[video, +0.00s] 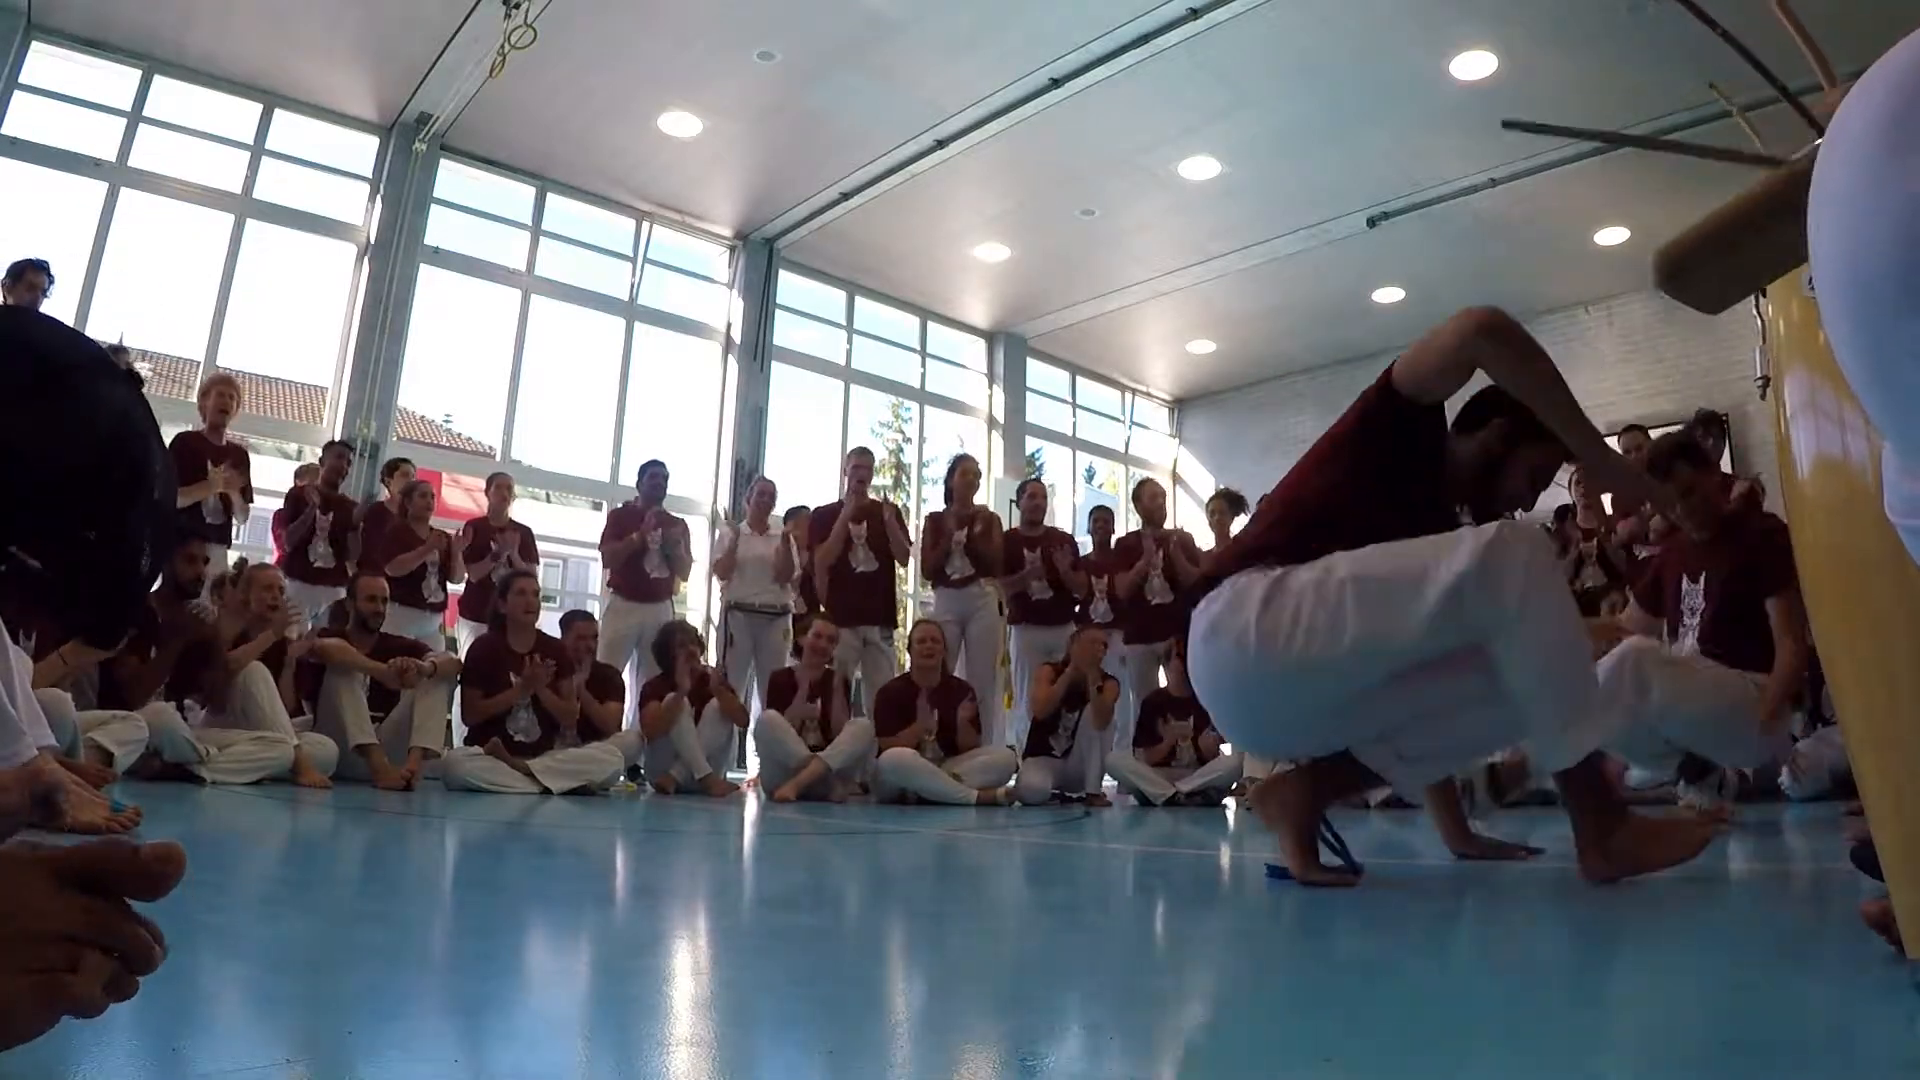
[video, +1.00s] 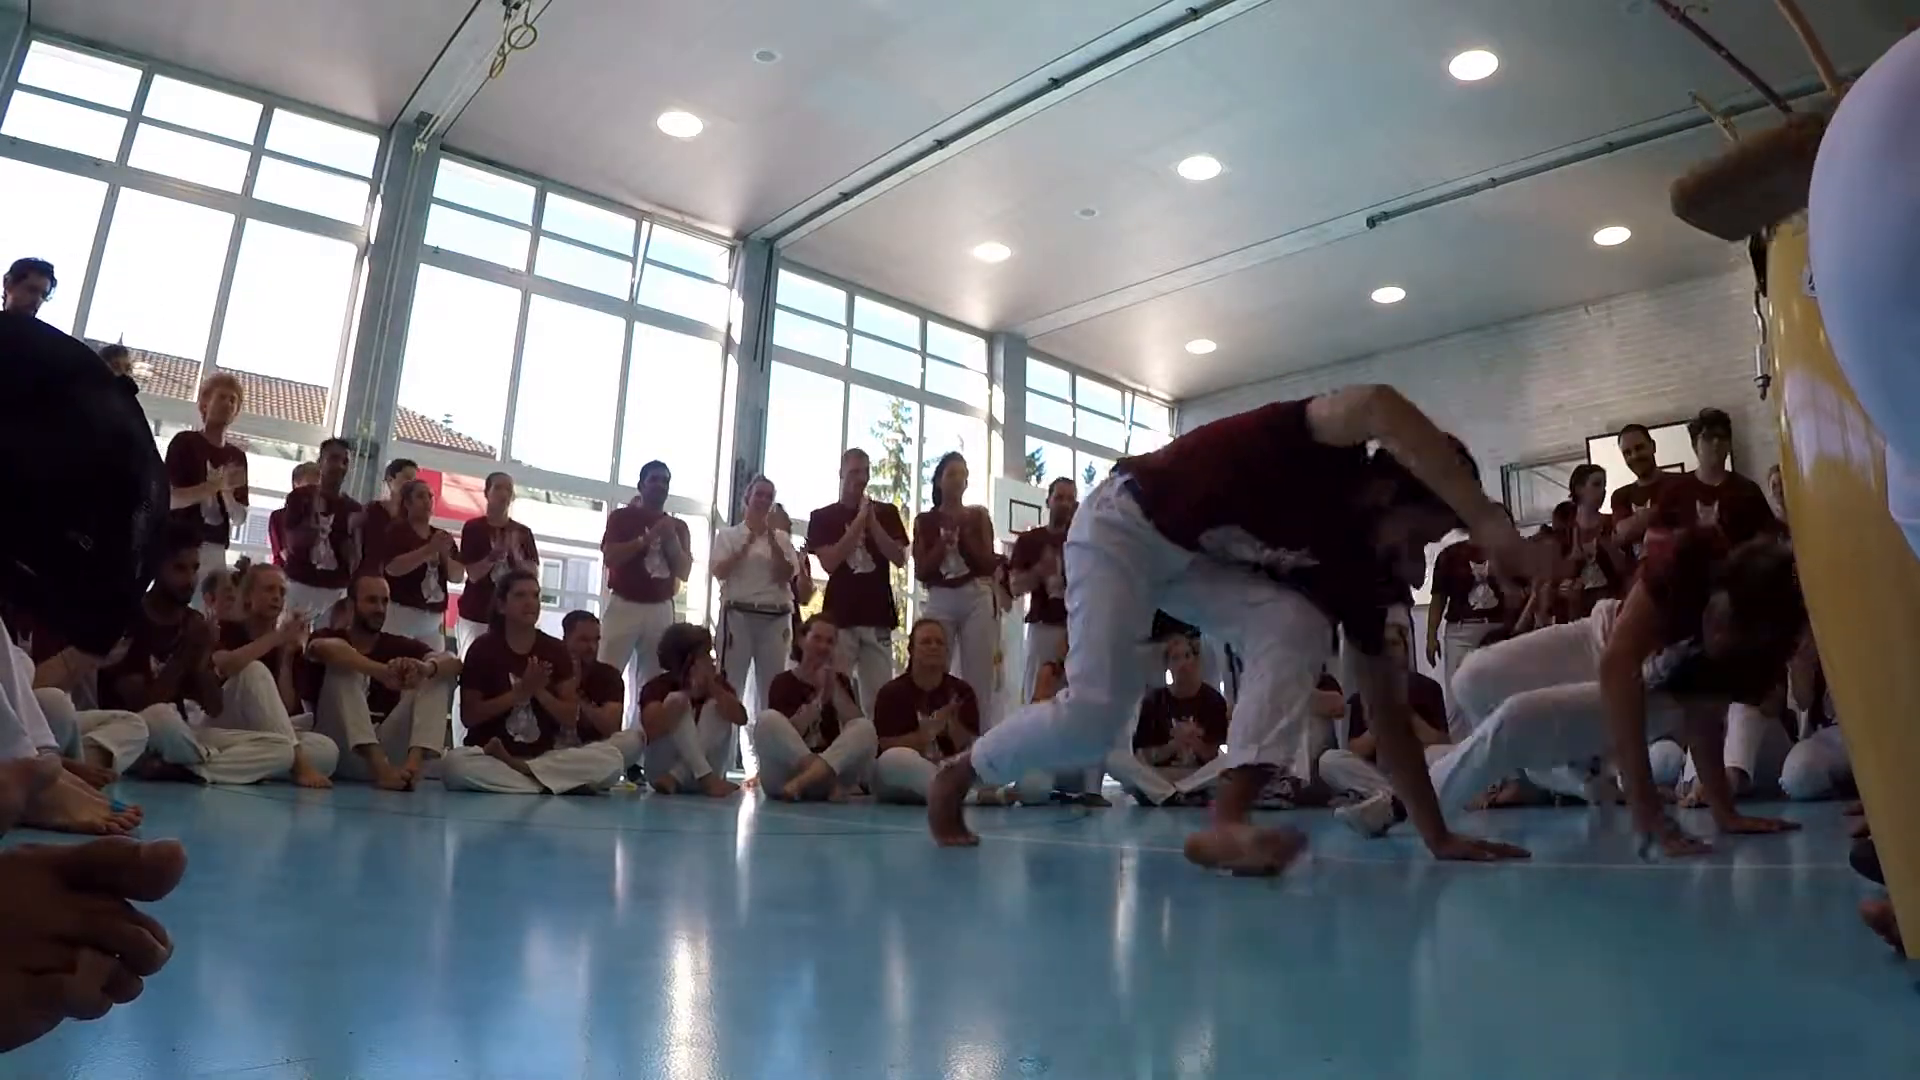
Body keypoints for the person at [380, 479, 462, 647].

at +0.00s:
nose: (429, 502)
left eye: (432, 497)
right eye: (423, 496)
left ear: (436, 502)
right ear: (407, 501)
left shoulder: (441, 537)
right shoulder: (397, 532)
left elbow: (456, 579)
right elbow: (392, 569)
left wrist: (457, 551)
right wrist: (427, 548)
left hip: (434, 614)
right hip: (401, 610)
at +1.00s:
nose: (427, 502)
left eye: (430, 497)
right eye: (421, 497)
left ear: (433, 502)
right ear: (407, 503)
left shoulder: (441, 536)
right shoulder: (396, 531)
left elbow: (457, 577)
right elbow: (392, 568)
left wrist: (446, 552)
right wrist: (430, 549)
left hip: (433, 614)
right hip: (401, 610)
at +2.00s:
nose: (424, 502)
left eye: (426, 496)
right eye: (417, 497)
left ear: (431, 500)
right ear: (403, 504)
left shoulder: (440, 534)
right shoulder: (392, 535)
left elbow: (457, 577)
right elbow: (392, 569)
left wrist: (443, 554)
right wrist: (430, 548)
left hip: (434, 615)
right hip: (400, 612)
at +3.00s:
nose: (424, 501)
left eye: (428, 496)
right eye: (416, 496)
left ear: (433, 500)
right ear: (405, 502)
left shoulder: (439, 531)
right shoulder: (395, 530)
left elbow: (456, 576)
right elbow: (391, 568)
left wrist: (447, 550)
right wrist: (427, 547)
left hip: (433, 613)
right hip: (400, 609)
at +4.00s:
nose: (425, 501)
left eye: (429, 497)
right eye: (419, 496)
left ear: (433, 502)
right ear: (406, 502)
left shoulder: (440, 536)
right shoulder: (394, 532)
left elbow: (458, 575)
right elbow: (392, 569)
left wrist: (441, 556)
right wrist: (428, 549)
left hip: (434, 614)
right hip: (400, 610)